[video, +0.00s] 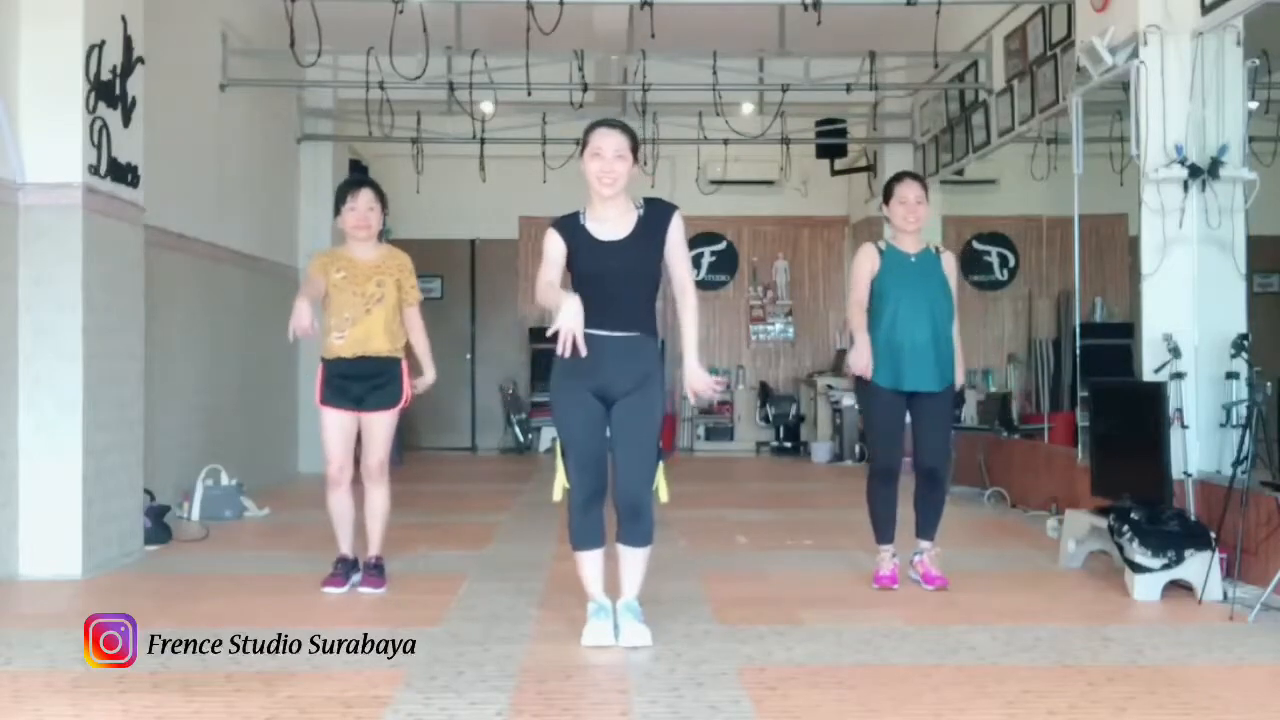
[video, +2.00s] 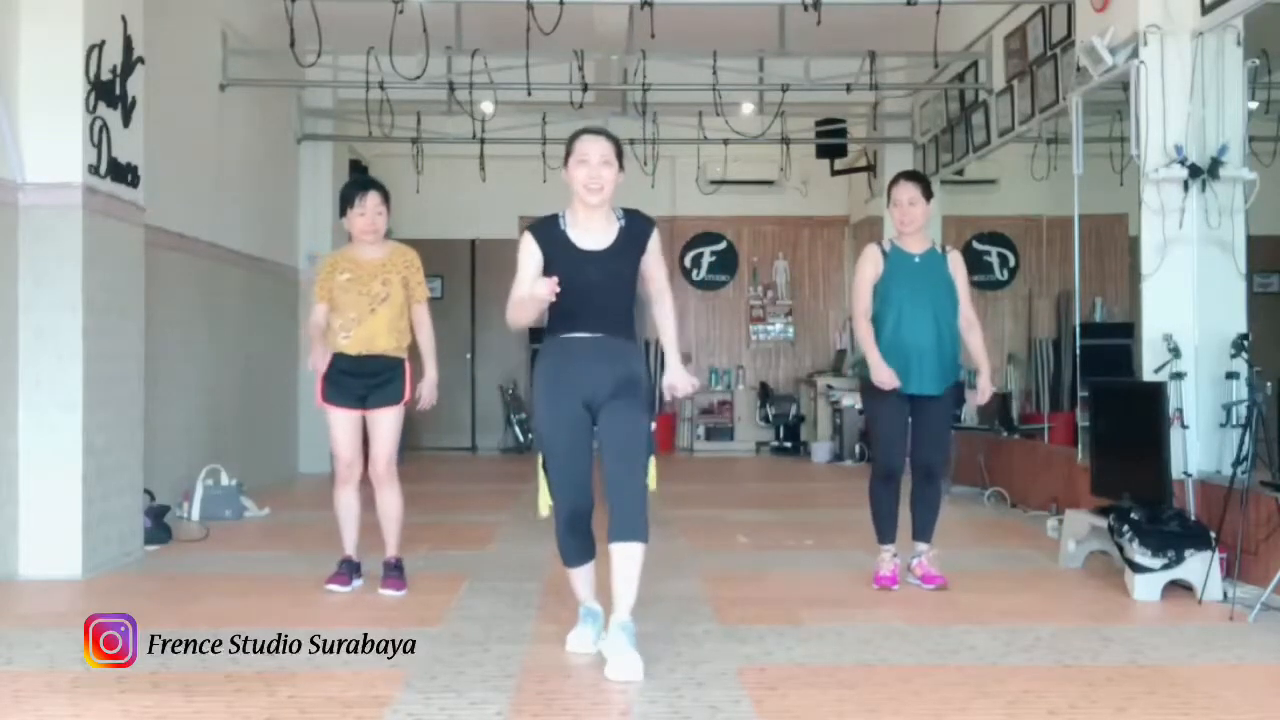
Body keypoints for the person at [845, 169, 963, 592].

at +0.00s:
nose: (912, 209)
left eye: (919, 202)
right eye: (903, 202)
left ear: (929, 208)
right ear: (887, 209)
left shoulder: (945, 261)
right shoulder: (871, 255)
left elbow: (951, 320)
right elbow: (856, 306)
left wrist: (958, 365)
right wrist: (860, 344)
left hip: (935, 378)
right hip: (883, 376)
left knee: (934, 466)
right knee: (884, 464)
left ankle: (924, 553)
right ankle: (885, 554)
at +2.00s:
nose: (903, 212)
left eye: (912, 203)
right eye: (896, 204)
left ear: (929, 208)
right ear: (888, 210)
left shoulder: (951, 260)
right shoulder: (874, 256)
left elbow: (967, 319)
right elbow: (860, 316)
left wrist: (983, 369)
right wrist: (876, 362)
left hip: (939, 383)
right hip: (888, 381)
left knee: (931, 468)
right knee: (887, 466)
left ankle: (922, 554)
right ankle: (887, 553)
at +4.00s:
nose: (896, 210)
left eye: (904, 202)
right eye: (887, 203)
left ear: (917, 209)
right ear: (876, 211)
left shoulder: (938, 261)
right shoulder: (861, 259)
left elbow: (947, 320)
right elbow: (840, 317)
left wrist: (955, 369)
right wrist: (858, 359)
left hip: (931, 378)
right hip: (878, 380)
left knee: (934, 467)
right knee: (884, 467)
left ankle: (937, 561)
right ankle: (888, 555)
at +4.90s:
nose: (900, 207)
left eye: (908, 200)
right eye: (892, 202)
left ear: (921, 207)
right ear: (881, 211)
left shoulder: (944, 260)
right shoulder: (867, 258)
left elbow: (959, 319)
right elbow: (846, 316)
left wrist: (961, 370)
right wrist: (832, 370)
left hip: (930, 381)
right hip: (877, 380)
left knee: (926, 467)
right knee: (884, 465)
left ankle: (918, 548)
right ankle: (887, 555)